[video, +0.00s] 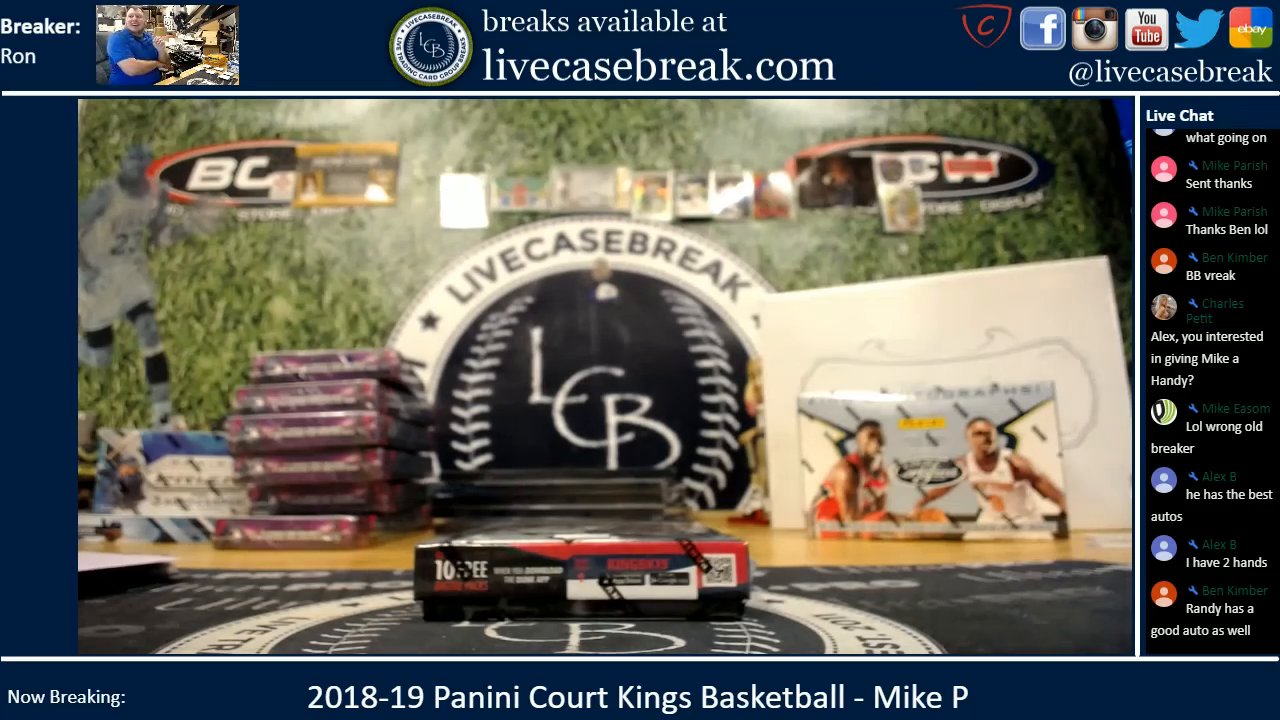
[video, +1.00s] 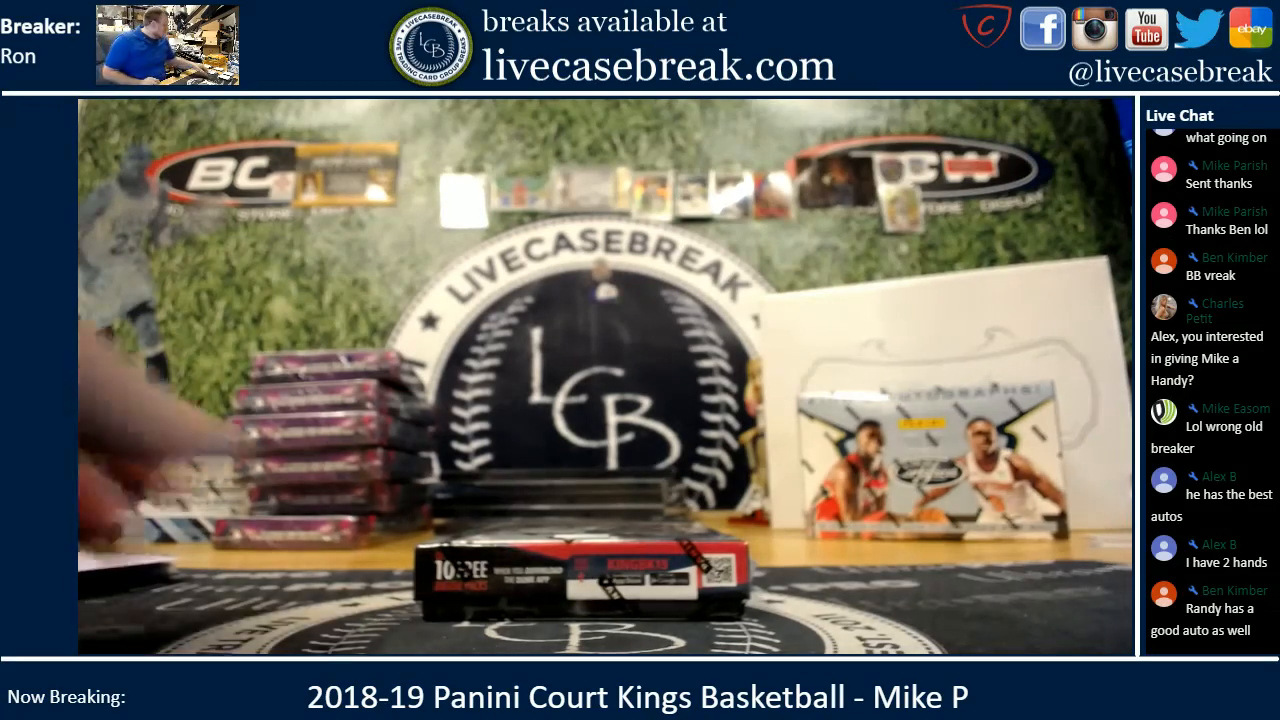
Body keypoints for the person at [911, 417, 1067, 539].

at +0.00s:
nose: (986, 439)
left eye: (989, 434)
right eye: (979, 434)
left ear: (995, 437)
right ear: (968, 438)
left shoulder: (1013, 461)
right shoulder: (964, 464)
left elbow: (1038, 482)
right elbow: (946, 485)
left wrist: (1063, 503)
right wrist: (923, 501)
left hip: (1026, 518)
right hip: (991, 519)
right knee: (971, 547)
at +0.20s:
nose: (986, 438)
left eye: (989, 434)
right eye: (979, 434)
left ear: (995, 437)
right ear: (969, 439)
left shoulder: (1013, 461)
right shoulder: (964, 464)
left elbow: (1038, 482)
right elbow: (946, 485)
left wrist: (1063, 504)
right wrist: (923, 501)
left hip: (1026, 518)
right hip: (991, 520)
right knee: (971, 548)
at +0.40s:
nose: (986, 438)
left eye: (989, 433)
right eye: (979, 434)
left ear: (996, 436)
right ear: (969, 438)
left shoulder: (1013, 462)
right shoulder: (964, 465)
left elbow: (1038, 481)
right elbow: (946, 485)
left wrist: (1062, 503)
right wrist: (923, 501)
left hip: (1026, 518)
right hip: (991, 520)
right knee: (970, 546)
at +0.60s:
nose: (986, 438)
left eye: (989, 433)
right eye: (979, 434)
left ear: (995, 436)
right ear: (969, 438)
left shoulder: (1014, 462)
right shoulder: (964, 464)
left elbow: (1038, 482)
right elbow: (946, 485)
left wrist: (1062, 503)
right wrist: (923, 501)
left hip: (1025, 519)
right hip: (990, 520)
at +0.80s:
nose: (985, 439)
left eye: (989, 434)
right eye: (979, 434)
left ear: (995, 437)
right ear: (969, 439)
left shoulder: (1014, 462)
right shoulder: (964, 464)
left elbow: (1038, 482)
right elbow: (945, 485)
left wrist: (1062, 503)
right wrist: (922, 502)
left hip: (1026, 518)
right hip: (991, 520)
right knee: (970, 545)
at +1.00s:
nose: (985, 438)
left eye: (988, 434)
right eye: (979, 434)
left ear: (995, 437)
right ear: (969, 439)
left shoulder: (1014, 463)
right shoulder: (964, 464)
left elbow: (1039, 482)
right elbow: (945, 485)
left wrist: (1063, 503)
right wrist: (922, 502)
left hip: (1025, 519)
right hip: (990, 520)